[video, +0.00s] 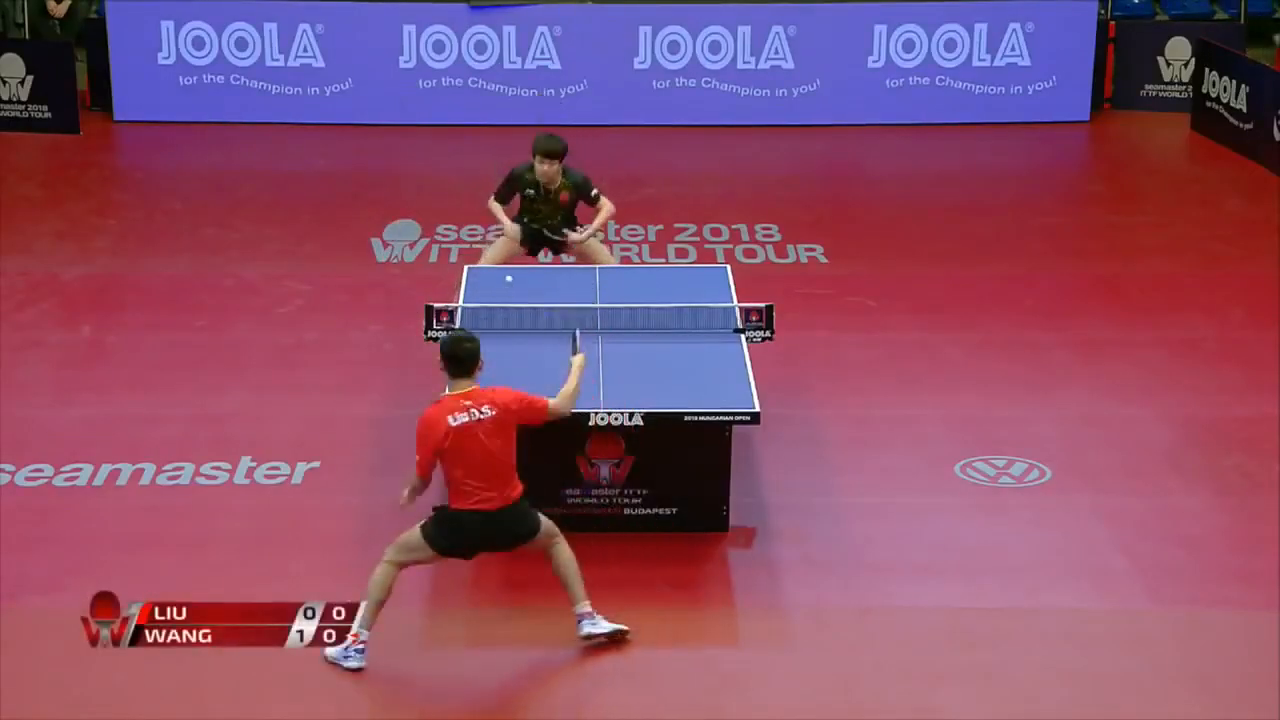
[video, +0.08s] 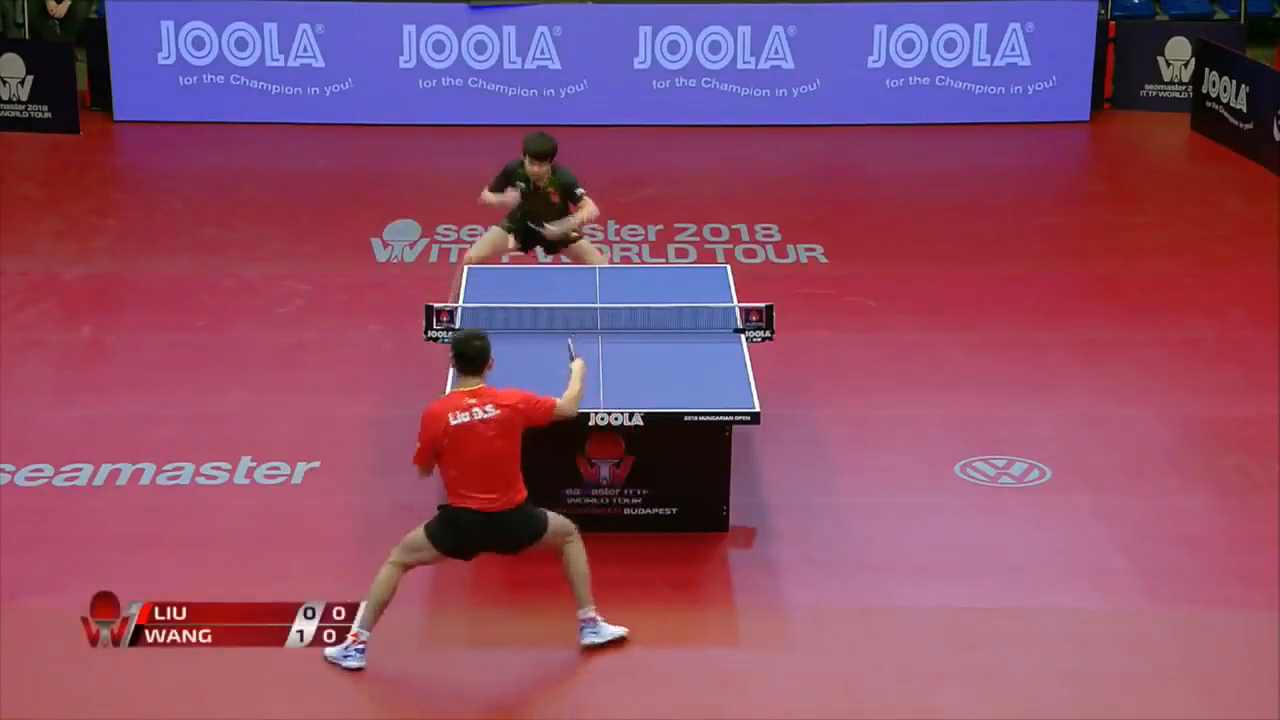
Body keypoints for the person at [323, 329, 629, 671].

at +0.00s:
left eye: (443, 361)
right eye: (481, 359)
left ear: (444, 367)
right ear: (479, 365)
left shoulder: (434, 417)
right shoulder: (503, 401)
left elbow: (423, 477)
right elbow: (561, 408)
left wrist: (410, 492)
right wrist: (578, 370)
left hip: (461, 524)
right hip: (512, 518)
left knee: (393, 557)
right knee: (554, 539)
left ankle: (356, 642)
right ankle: (587, 616)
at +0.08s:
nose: (487, 363)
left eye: (460, 358)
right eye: (489, 358)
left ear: (453, 364)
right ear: (489, 364)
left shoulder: (437, 413)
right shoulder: (511, 403)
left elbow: (423, 467)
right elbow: (567, 408)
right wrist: (578, 373)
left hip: (460, 524)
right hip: (514, 521)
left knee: (398, 560)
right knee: (569, 534)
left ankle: (355, 643)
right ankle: (591, 623)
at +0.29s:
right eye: (557, 368)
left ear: (521, 369)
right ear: (556, 371)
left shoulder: (498, 411)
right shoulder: (573, 411)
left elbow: (475, 462)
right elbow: (611, 450)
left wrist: (507, 450)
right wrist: (581, 440)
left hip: (503, 528)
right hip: (556, 530)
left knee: (444, 541)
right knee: (621, 570)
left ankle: (422, 631)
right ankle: (670, 650)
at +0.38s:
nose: (543, 383)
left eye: (541, 379)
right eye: (572, 380)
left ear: (538, 383)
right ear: (575, 386)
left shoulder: (517, 426)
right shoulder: (590, 426)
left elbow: (473, 460)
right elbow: (615, 470)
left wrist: (477, 427)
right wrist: (606, 438)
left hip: (525, 544)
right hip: (581, 544)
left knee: (473, 557)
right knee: (646, 560)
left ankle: (435, 644)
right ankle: (677, 650)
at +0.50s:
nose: (529, 376)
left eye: (530, 371)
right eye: (561, 375)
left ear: (532, 375)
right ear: (567, 376)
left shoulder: (522, 415)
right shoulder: (583, 411)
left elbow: (476, 460)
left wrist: (437, 439)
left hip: (530, 532)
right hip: (578, 534)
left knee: (462, 556)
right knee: (635, 566)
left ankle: (429, 644)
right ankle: (678, 649)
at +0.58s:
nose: (498, 360)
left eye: (499, 355)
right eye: (504, 354)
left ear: (504, 359)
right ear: (538, 358)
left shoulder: (504, 398)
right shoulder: (561, 387)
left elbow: (499, 454)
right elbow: (602, 381)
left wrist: (461, 495)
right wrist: (627, 362)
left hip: (514, 517)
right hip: (561, 515)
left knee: (449, 555)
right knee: (622, 569)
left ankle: (407, 642)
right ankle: (671, 648)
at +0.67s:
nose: (483, 361)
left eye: (485, 356)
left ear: (489, 361)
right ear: (523, 356)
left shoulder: (485, 406)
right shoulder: (552, 388)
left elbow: (486, 461)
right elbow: (599, 387)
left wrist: (453, 503)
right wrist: (632, 364)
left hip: (500, 518)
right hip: (549, 515)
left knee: (446, 572)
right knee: (614, 565)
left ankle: (403, 656)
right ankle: (632, 657)